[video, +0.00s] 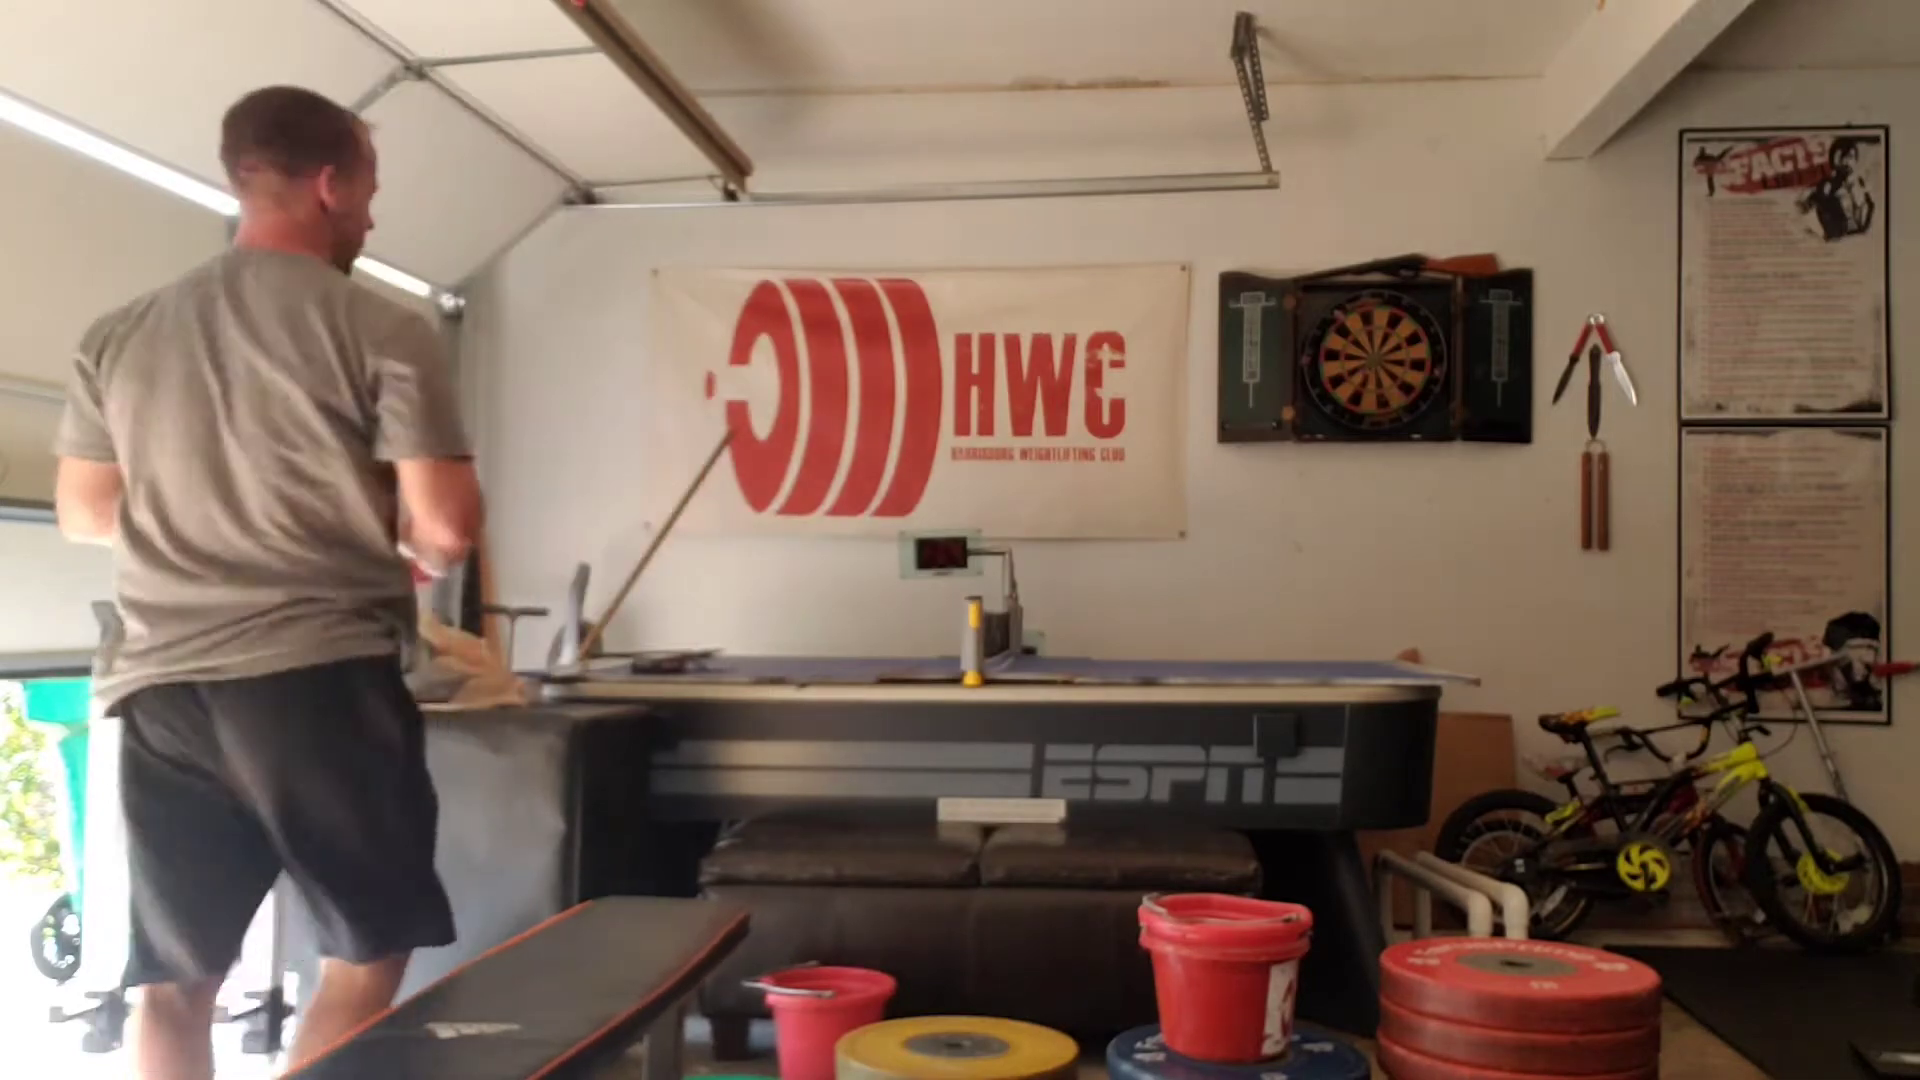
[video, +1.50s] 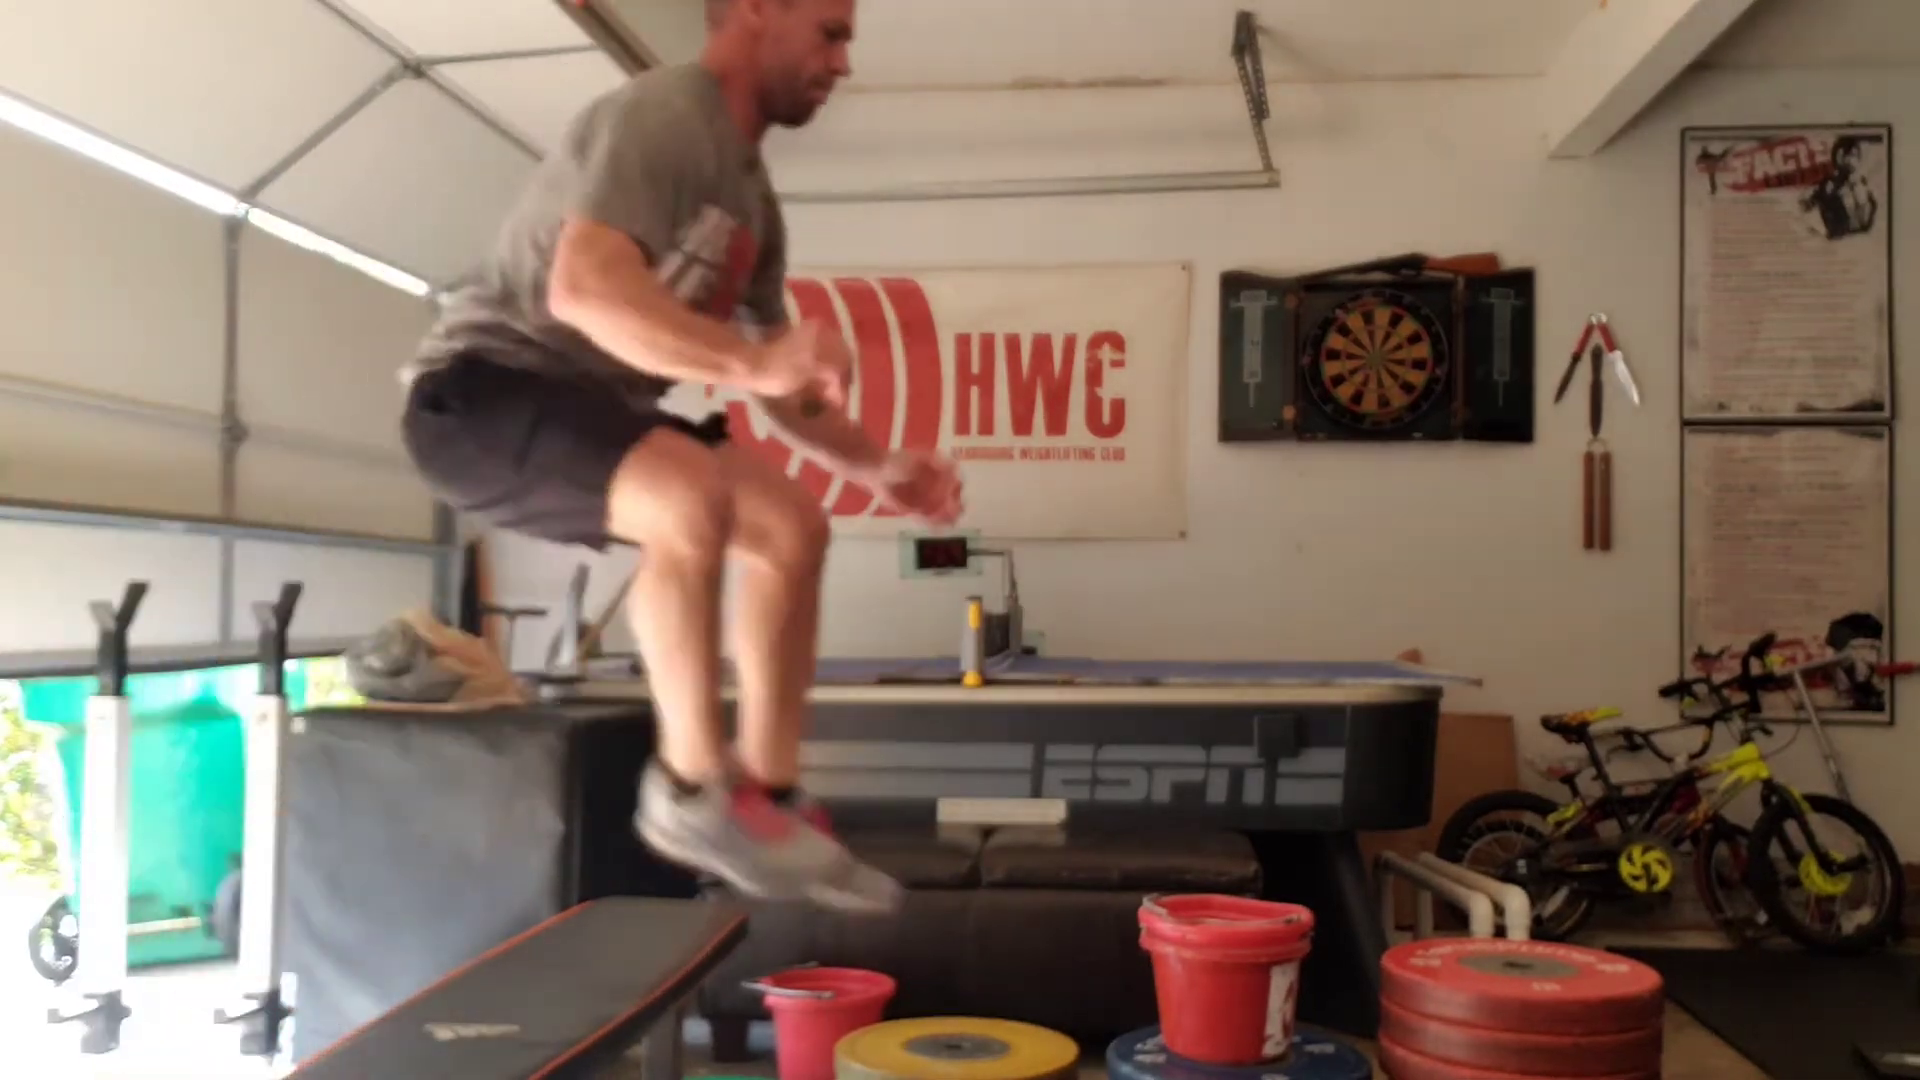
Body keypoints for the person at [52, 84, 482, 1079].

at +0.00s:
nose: (372, 213)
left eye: (371, 189)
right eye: (366, 188)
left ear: (241, 186)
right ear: (323, 186)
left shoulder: (119, 334)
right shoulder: (381, 323)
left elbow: (87, 512)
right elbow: (446, 527)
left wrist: (210, 506)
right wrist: (406, 533)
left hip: (160, 695)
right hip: (319, 683)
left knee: (172, 989)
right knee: (369, 957)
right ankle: (292, 1075)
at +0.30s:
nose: (377, 235)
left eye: (374, 211)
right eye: (357, 209)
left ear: (278, 208)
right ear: (272, 203)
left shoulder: (284, 344)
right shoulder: (242, 337)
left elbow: (278, 538)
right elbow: (232, 530)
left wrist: (399, 576)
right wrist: (401, 602)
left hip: (233, 677)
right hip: (207, 678)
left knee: (227, 981)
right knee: (296, 970)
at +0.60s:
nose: (382, 241)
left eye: (383, 220)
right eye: (364, 216)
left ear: (289, 216)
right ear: (279, 209)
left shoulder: (341, 377)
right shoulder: (201, 339)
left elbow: (371, 527)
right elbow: (73, 494)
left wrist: (468, 593)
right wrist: (183, 637)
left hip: (258, 705)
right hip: (144, 692)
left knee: (222, 977)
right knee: (197, 979)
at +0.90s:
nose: (489, 364)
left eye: (492, 341)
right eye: (469, 337)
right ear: (387, 331)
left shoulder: (424, 478)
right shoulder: (286, 445)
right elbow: (78, 478)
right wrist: (15, 662)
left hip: (252, 767)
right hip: (126, 748)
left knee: (329, 957)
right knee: (202, 1019)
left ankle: (229, 1078)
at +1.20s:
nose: (588, 220)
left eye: (592, 202)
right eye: (573, 196)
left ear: (504, 184)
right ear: (491, 176)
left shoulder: (528, 315)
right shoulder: (427, 272)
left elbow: (666, 406)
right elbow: (537, 382)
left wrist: (705, 294)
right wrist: (653, 284)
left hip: (378, 650)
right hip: (277, 626)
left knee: (318, 911)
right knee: (227, 924)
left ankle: (235, 1078)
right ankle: (180, 1076)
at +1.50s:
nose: (843, 65)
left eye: (845, 42)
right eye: (831, 34)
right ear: (751, 15)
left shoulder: (754, 207)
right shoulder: (660, 113)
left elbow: (774, 382)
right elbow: (585, 289)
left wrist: (881, 468)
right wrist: (748, 361)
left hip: (584, 408)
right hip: (477, 389)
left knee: (788, 526)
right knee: (688, 501)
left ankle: (765, 804)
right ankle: (688, 787)